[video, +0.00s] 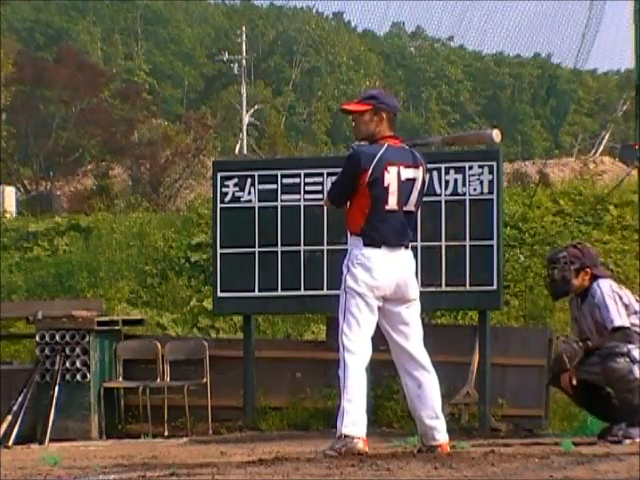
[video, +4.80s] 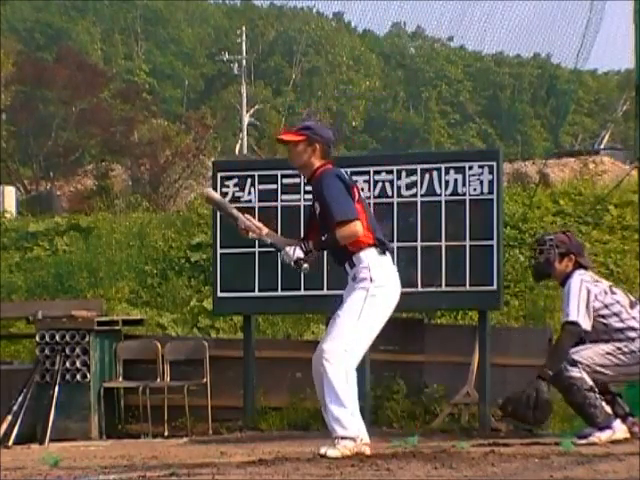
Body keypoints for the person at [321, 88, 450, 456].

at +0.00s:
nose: (354, 123)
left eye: (359, 117)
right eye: (354, 117)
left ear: (380, 119)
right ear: (384, 121)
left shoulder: (363, 155)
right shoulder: (416, 159)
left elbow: (335, 199)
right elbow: (405, 203)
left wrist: (357, 171)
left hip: (367, 261)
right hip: (403, 261)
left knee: (354, 349)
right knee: (413, 352)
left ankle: (352, 435)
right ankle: (436, 437)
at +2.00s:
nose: (358, 121)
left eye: (364, 116)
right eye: (360, 116)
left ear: (382, 118)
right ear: (391, 119)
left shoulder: (365, 154)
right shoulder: (424, 155)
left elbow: (338, 190)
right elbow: (433, 175)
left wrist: (366, 162)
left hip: (379, 257)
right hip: (416, 259)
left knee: (350, 345)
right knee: (412, 353)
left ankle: (347, 427)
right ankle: (435, 437)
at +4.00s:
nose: (354, 124)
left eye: (359, 118)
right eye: (355, 118)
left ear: (377, 121)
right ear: (389, 123)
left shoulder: (357, 154)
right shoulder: (419, 159)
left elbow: (339, 191)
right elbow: (424, 199)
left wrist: (373, 158)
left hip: (376, 260)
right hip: (414, 261)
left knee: (351, 348)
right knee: (417, 353)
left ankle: (344, 432)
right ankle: (442, 435)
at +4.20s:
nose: (349, 124)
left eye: (353, 119)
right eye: (350, 118)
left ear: (372, 121)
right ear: (379, 123)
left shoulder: (359, 156)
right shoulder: (409, 157)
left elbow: (328, 203)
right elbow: (379, 196)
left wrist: (342, 162)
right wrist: (355, 159)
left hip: (378, 260)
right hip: (412, 260)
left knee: (346, 352)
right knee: (411, 357)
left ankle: (348, 435)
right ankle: (442, 436)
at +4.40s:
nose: (331, 123)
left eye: (336, 117)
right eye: (332, 117)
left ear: (355, 120)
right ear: (357, 122)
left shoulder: (357, 154)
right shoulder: (381, 156)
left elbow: (343, 219)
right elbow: (349, 207)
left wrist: (324, 214)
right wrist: (319, 182)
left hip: (370, 257)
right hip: (397, 257)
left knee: (340, 352)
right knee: (380, 357)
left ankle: (346, 437)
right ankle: (429, 426)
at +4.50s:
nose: (320, 122)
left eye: (325, 116)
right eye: (320, 117)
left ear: (345, 120)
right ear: (346, 121)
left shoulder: (351, 153)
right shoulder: (362, 155)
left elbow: (360, 217)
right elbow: (328, 215)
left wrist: (328, 229)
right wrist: (289, 190)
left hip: (370, 257)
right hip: (390, 257)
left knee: (340, 350)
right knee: (358, 350)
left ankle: (346, 437)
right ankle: (400, 423)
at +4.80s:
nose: (289, 152)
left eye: (294, 146)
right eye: (289, 146)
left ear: (314, 149)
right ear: (309, 150)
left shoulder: (328, 179)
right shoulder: (321, 185)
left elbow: (353, 229)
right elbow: (309, 246)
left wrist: (312, 247)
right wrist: (266, 233)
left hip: (374, 275)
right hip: (365, 277)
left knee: (333, 353)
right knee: (324, 357)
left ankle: (352, 438)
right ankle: (349, 437)